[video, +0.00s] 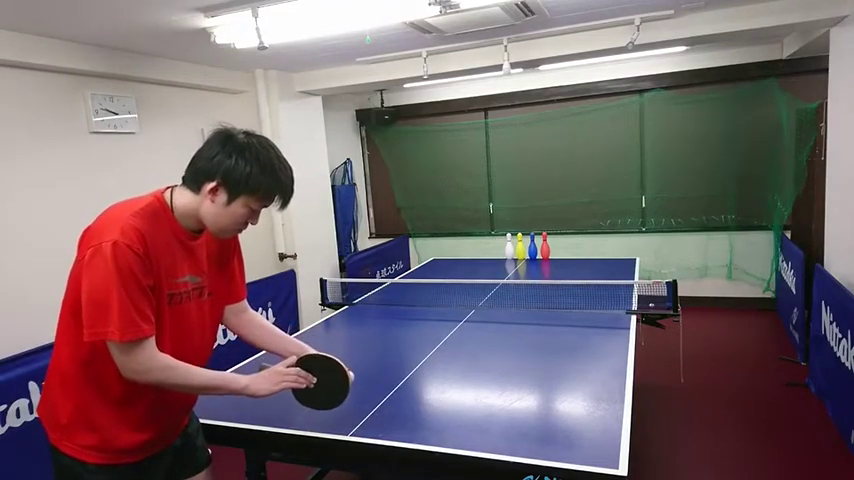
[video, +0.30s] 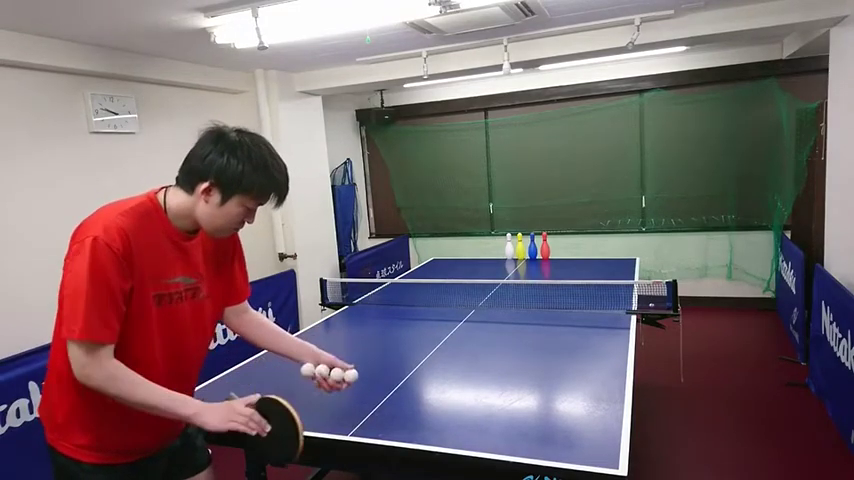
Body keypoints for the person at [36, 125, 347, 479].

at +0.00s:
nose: (254, 222)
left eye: (259, 212)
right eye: (251, 209)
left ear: (214, 192)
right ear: (214, 191)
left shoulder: (217, 231)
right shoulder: (120, 241)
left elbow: (237, 313)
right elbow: (137, 362)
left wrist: (306, 354)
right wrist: (245, 383)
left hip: (169, 422)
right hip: (99, 444)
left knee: (197, 471)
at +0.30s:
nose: (249, 221)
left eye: (255, 212)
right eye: (247, 210)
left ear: (207, 193)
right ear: (207, 192)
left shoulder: (217, 232)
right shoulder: (105, 239)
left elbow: (238, 312)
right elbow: (90, 364)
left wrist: (311, 355)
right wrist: (200, 411)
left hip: (172, 434)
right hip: (96, 453)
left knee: (200, 472)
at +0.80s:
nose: (236, 221)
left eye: (240, 211)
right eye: (232, 209)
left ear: (193, 193)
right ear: (191, 191)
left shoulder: (207, 230)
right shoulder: (93, 244)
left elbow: (231, 312)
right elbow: (101, 369)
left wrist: (302, 360)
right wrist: (219, 394)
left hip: (167, 432)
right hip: (92, 454)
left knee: (195, 471)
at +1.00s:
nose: (254, 223)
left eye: (259, 213)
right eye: (251, 212)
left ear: (211, 196)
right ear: (211, 194)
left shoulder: (223, 235)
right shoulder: (112, 239)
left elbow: (244, 309)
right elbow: (71, 361)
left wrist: (310, 347)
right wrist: (185, 394)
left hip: (174, 431)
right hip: (96, 447)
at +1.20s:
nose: (281, 228)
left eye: (286, 219)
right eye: (281, 216)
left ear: (247, 201)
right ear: (246, 200)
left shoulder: (237, 231)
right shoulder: (159, 245)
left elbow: (255, 303)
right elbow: (152, 363)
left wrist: (317, 319)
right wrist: (264, 388)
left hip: (176, 415)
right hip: (112, 430)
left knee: (199, 472)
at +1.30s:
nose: (292, 228)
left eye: (297, 219)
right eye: (293, 216)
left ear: (258, 202)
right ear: (261, 203)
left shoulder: (235, 225)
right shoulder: (191, 262)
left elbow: (255, 299)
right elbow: (239, 352)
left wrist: (303, 299)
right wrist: (318, 364)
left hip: (172, 410)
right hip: (118, 426)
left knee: (202, 472)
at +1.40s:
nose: (300, 220)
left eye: (304, 211)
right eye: (301, 210)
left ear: (269, 202)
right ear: (275, 204)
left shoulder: (218, 214)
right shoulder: (217, 262)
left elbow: (241, 308)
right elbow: (272, 335)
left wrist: (285, 285)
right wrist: (335, 333)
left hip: (170, 408)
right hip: (120, 423)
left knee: (200, 472)